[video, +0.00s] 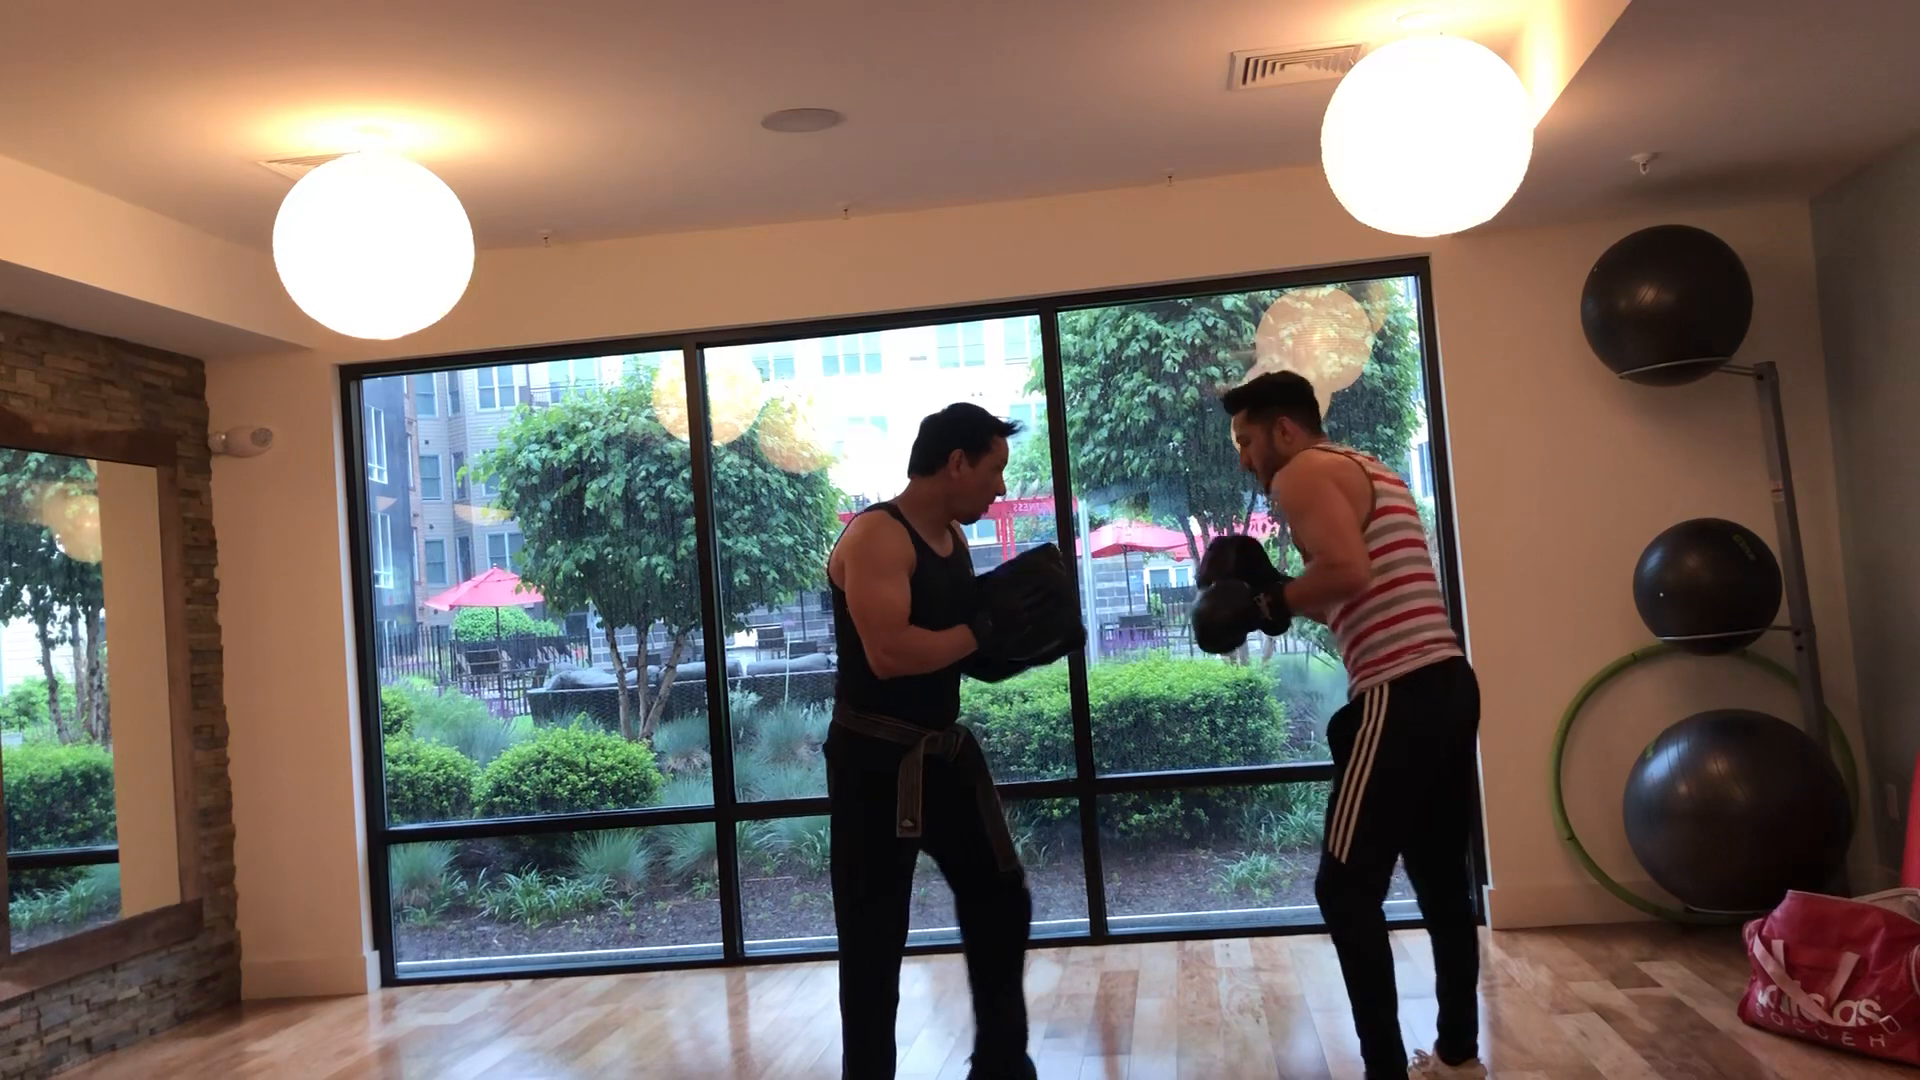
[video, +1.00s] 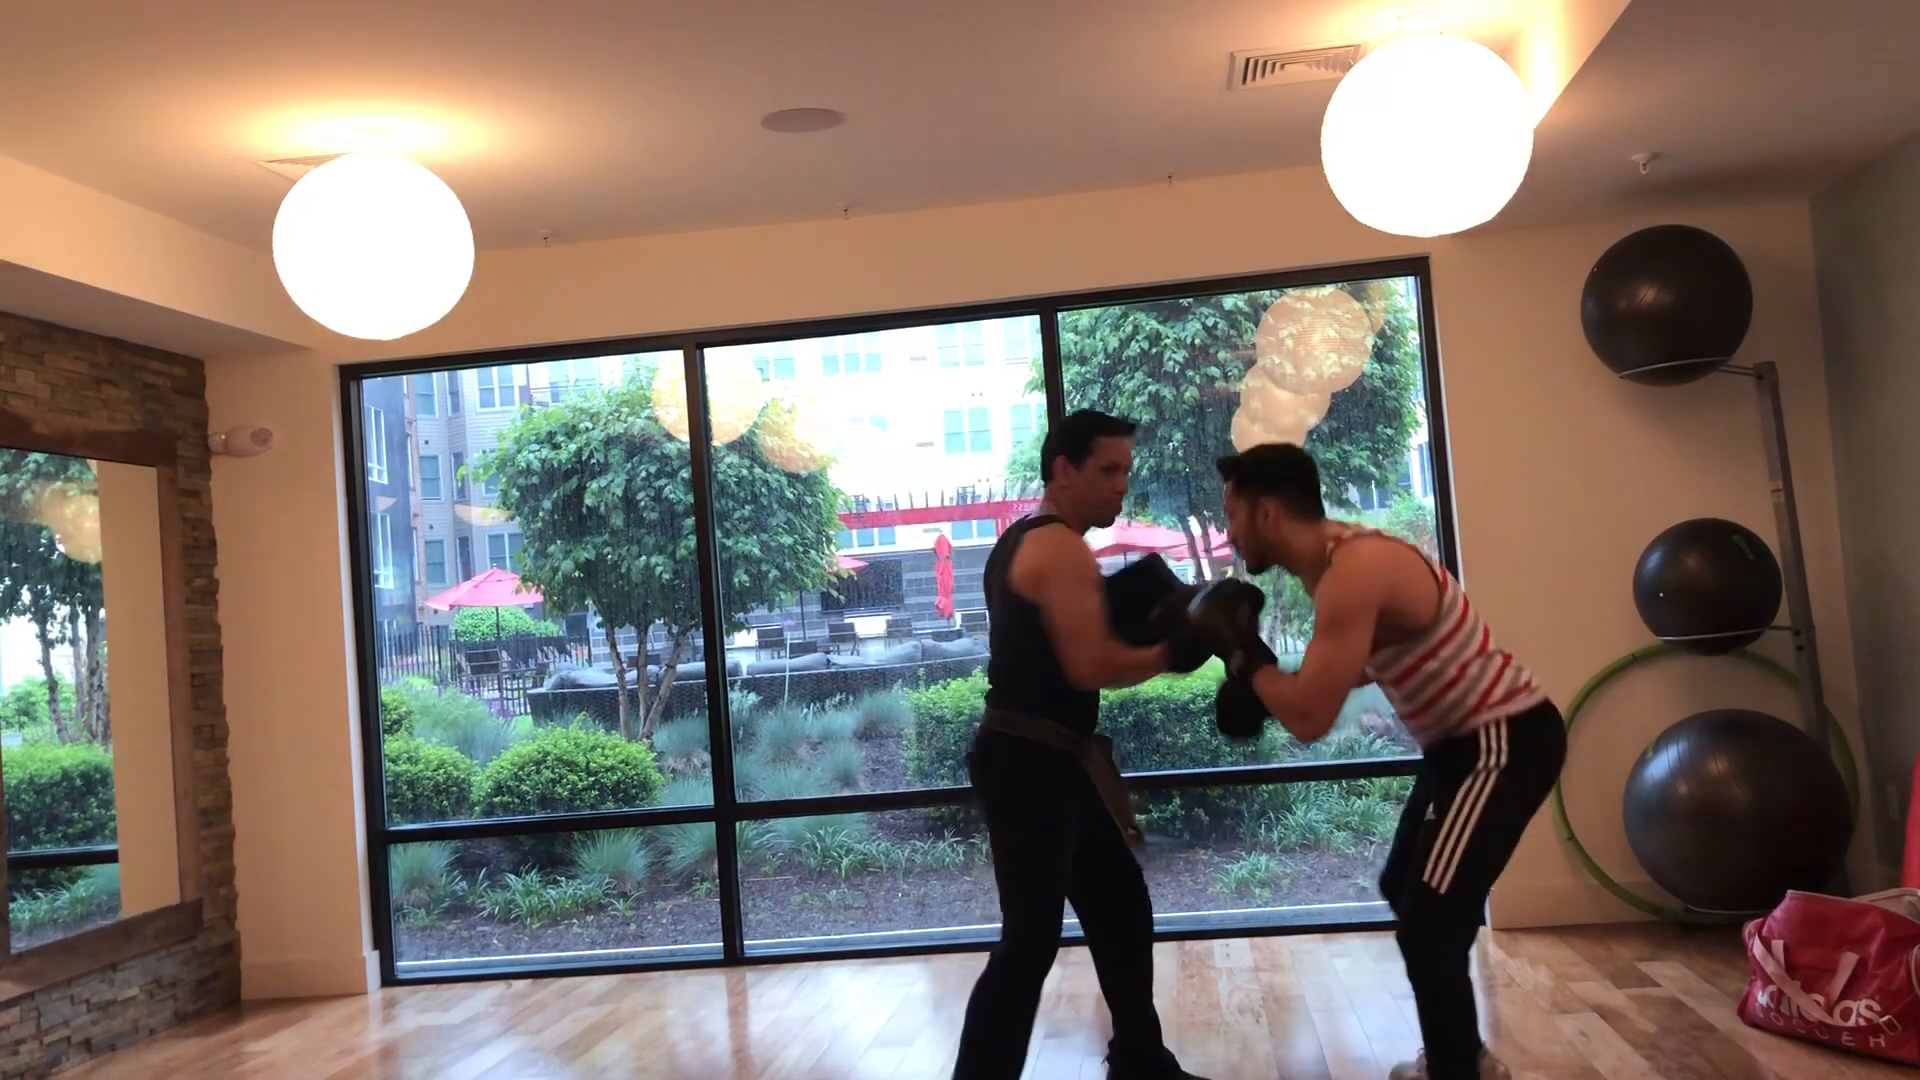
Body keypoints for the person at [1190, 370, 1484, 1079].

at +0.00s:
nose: (1242, 459)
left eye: (1245, 441)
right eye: (1238, 446)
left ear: (1281, 425)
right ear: (1304, 426)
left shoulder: (1305, 472)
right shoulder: (1370, 468)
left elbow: (1347, 571)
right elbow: (1360, 598)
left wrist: (1271, 599)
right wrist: (1277, 592)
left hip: (1396, 693)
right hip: (1446, 685)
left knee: (1345, 889)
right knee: (1441, 881)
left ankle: (1382, 1069)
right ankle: (1457, 1048)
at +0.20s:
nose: (1232, 483)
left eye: (1234, 465)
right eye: (1227, 468)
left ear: (1270, 450)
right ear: (1286, 448)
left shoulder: (1297, 496)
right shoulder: (1368, 476)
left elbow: (1331, 597)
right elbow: (1355, 603)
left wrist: (1262, 626)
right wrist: (1265, 585)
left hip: (1408, 698)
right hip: (1461, 686)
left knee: (1364, 893)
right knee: (1427, 870)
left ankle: (1388, 1068)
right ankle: (1465, 1037)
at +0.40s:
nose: (1238, 521)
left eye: (1239, 503)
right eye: (1233, 506)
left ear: (1278, 489)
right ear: (1288, 488)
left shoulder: (1327, 529)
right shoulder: (1366, 516)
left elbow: (1327, 661)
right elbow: (1339, 645)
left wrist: (1247, 625)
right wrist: (1265, 616)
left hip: (1449, 719)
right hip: (1491, 711)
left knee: (1335, 887)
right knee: (1438, 873)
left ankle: (1381, 1071)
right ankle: (1479, 1044)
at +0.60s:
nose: (1236, 529)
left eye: (1239, 511)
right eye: (1231, 514)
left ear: (1283, 498)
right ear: (1292, 498)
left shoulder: (1336, 550)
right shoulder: (1371, 530)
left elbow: (1293, 689)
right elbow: (1370, 664)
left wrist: (1234, 626)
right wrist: (1267, 628)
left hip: (1465, 734)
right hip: (1491, 725)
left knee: (1374, 919)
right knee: (1427, 898)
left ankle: (1423, 1070)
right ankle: (1478, 1048)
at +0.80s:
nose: (1230, 552)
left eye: (1234, 535)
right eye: (1229, 536)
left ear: (1273, 536)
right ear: (1283, 534)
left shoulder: (1365, 601)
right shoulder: (1345, 593)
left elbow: (1307, 745)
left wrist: (1256, 661)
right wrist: (1273, 689)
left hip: (1494, 771)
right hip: (1451, 771)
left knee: (1388, 934)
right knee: (1393, 928)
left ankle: (1429, 1070)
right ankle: (1467, 1059)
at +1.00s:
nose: (1228, 532)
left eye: (1231, 514)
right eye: (1226, 516)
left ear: (1269, 510)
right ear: (1283, 509)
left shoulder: (1359, 569)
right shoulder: (1337, 565)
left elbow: (1307, 717)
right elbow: (1373, 660)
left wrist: (1243, 648)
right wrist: (1270, 686)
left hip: (1505, 736)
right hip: (1461, 739)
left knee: (1432, 910)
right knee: (1406, 887)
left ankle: (1454, 1069)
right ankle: (1458, 1054)